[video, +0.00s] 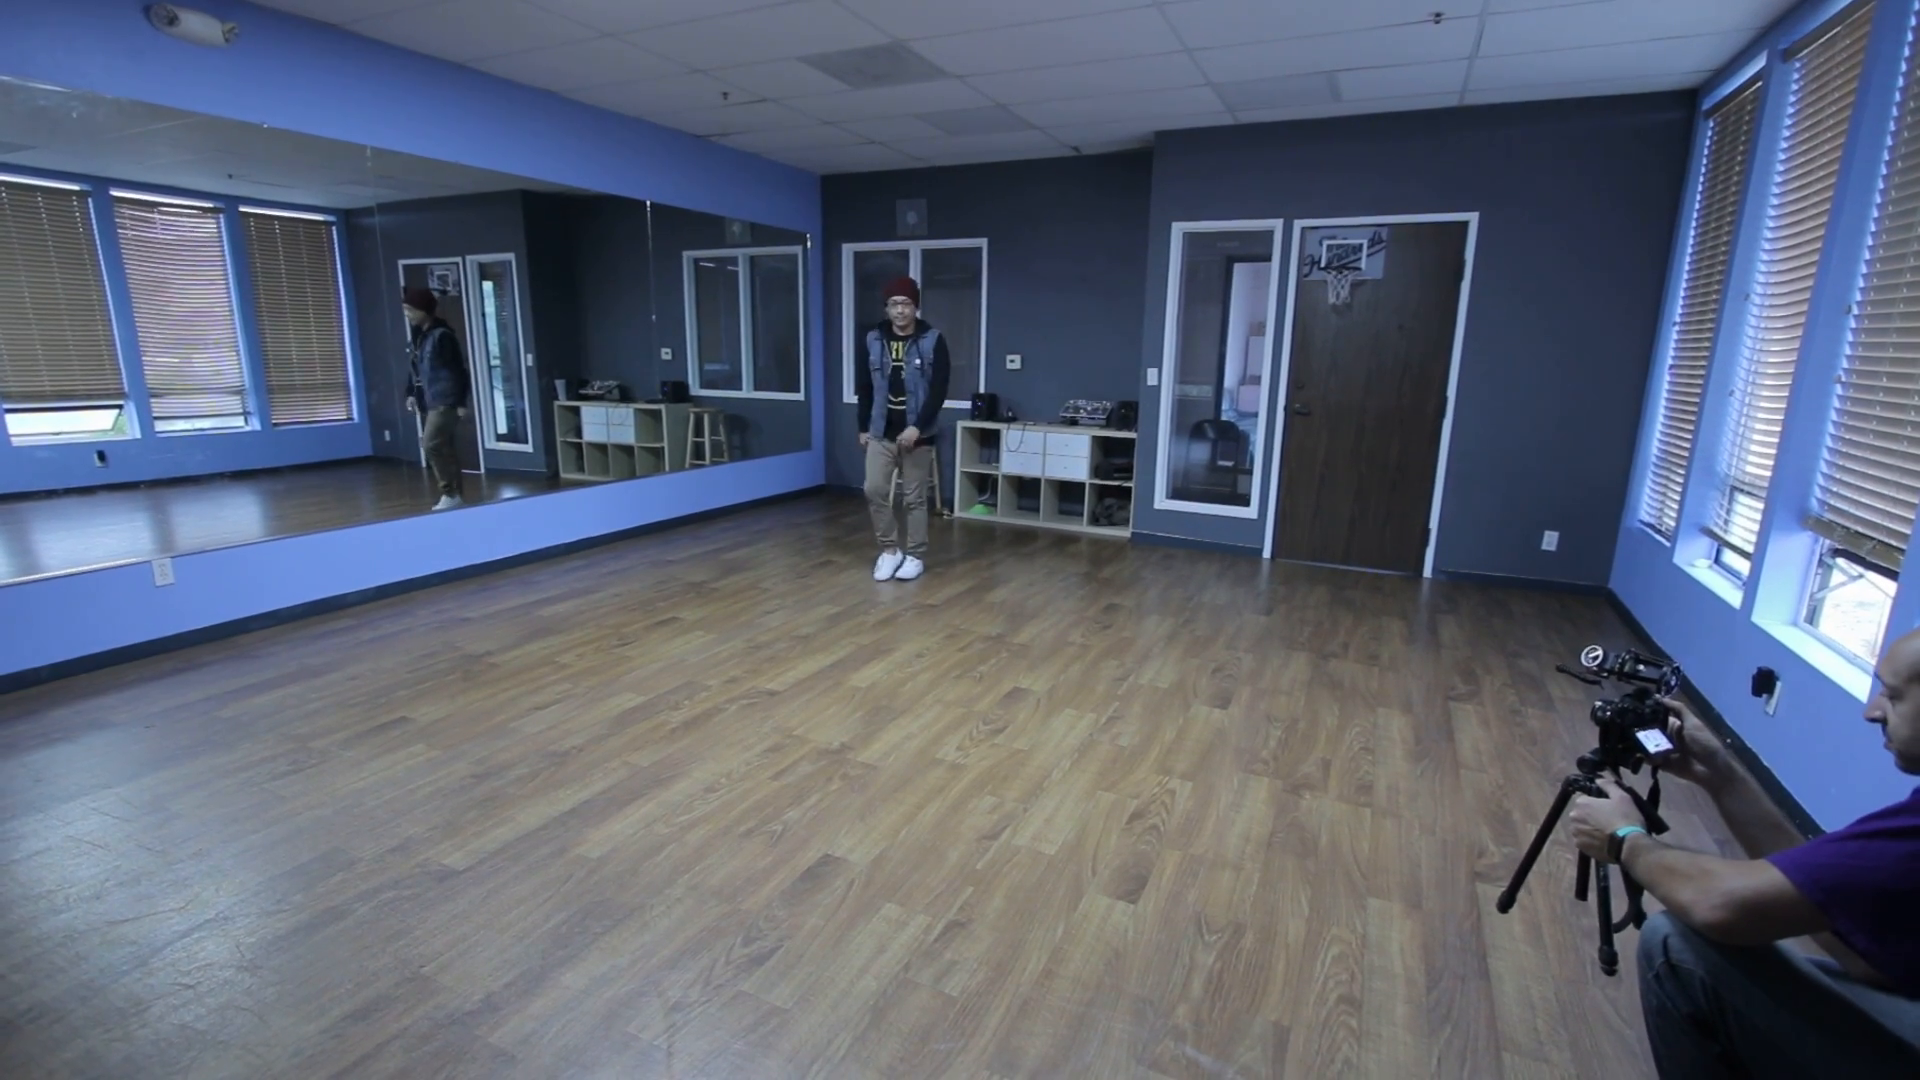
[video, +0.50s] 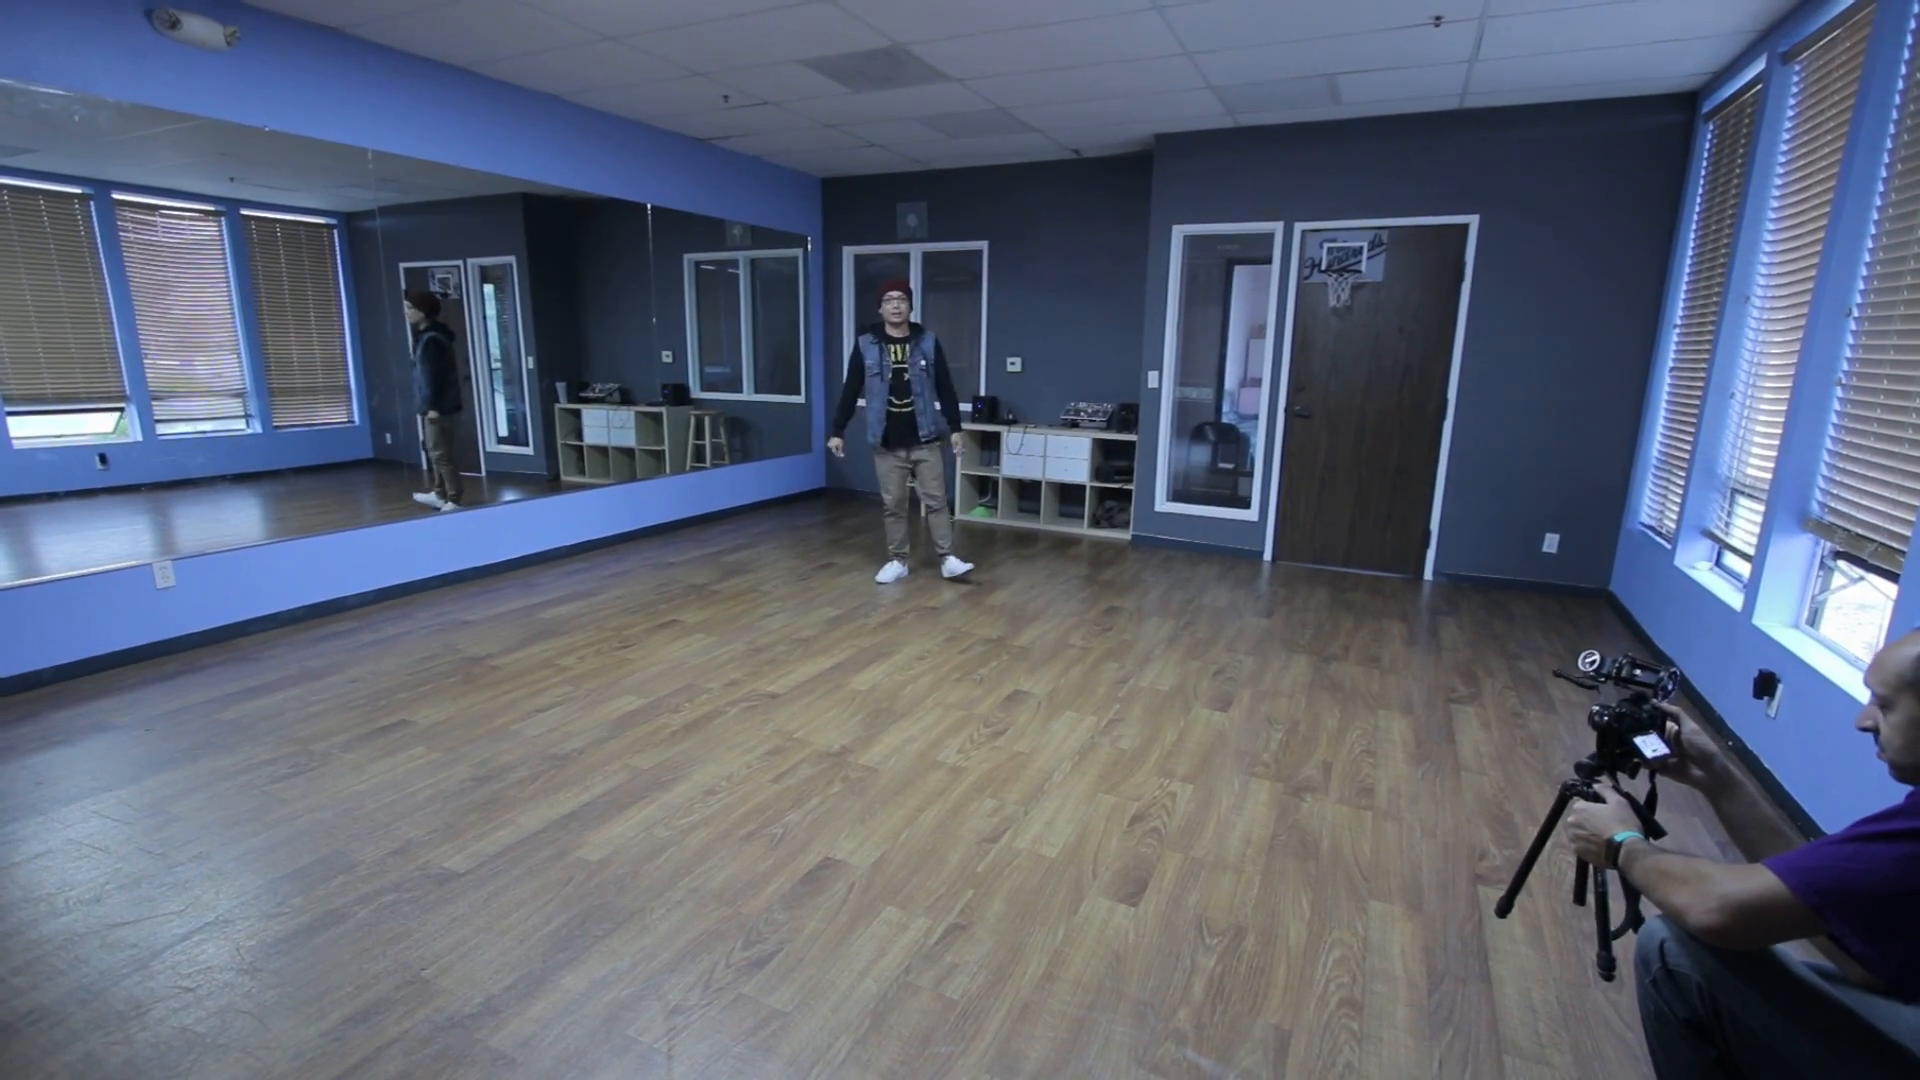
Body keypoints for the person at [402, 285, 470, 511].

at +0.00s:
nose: (406, 314)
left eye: (410, 309)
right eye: (406, 309)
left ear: (423, 310)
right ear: (416, 311)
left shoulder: (443, 335)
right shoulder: (419, 336)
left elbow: (457, 370)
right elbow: (417, 370)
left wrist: (461, 401)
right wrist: (412, 394)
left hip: (446, 400)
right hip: (430, 400)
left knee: (432, 444)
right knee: (443, 446)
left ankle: (450, 492)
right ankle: (453, 491)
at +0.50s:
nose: (407, 313)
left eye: (410, 309)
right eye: (406, 309)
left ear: (423, 312)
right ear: (423, 312)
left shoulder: (432, 340)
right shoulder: (426, 337)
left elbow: (433, 376)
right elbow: (428, 375)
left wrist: (432, 406)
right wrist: (425, 404)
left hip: (439, 406)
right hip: (433, 404)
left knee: (439, 452)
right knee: (433, 451)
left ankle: (453, 497)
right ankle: (438, 491)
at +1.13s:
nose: (384, 312)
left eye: (389, 308)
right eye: (385, 308)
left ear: (400, 313)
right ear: (404, 313)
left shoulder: (403, 338)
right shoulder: (412, 333)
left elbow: (396, 372)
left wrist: (383, 391)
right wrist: (390, 389)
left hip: (423, 402)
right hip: (416, 402)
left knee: (433, 452)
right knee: (415, 452)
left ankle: (453, 498)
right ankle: (422, 498)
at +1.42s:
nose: (367, 321)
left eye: (371, 317)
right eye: (368, 316)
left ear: (382, 318)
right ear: (385, 319)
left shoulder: (391, 343)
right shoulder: (398, 339)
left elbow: (392, 381)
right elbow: (397, 380)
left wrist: (386, 410)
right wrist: (389, 409)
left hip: (409, 407)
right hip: (403, 407)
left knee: (414, 453)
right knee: (398, 454)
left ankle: (436, 499)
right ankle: (419, 496)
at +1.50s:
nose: (364, 319)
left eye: (367, 314)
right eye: (364, 314)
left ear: (380, 316)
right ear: (379, 317)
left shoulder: (391, 339)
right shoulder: (383, 339)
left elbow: (392, 374)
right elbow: (386, 376)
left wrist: (391, 404)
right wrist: (383, 404)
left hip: (406, 403)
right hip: (397, 404)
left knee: (408, 451)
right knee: (400, 453)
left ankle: (425, 497)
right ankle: (417, 496)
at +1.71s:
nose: (355, 317)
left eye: (358, 312)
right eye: (355, 312)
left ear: (371, 314)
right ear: (370, 314)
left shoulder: (383, 337)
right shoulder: (377, 336)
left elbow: (392, 371)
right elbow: (383, 375)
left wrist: (397, 401)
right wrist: (380, 403)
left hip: (397, 404)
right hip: (404, 403)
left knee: (392, 451)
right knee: (411, 452)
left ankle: (400, 497)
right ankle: (422, 497)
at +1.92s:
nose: (351, 320)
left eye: (354, 316)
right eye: (351, 316)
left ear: (363, 318)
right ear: (372, 317)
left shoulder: (373, 341)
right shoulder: (385, 336)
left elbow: (382, 378)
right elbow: (387, 377)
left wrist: (381, 411)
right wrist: (386, 406)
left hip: (388, 410)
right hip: (400, 408)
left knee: (370, 451)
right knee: (398, 452)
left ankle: (375, 500)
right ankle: (421, 496)